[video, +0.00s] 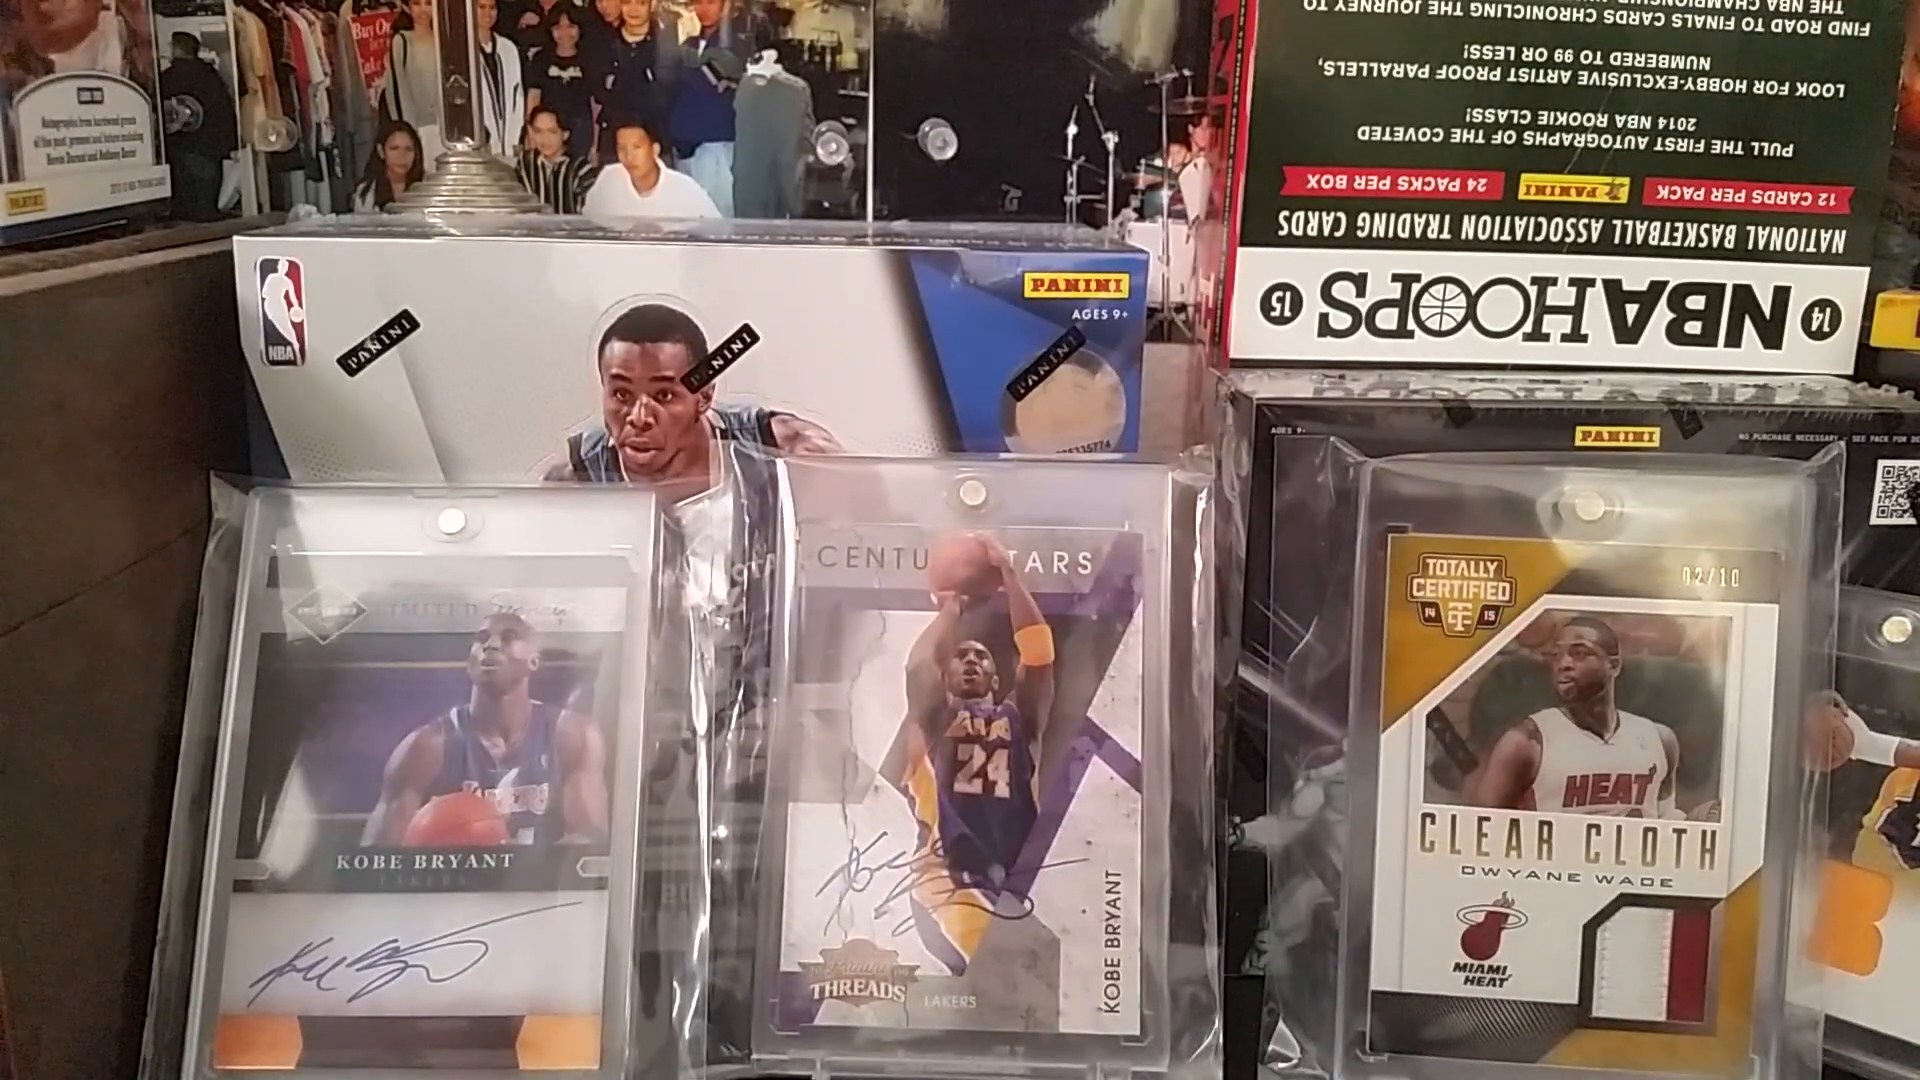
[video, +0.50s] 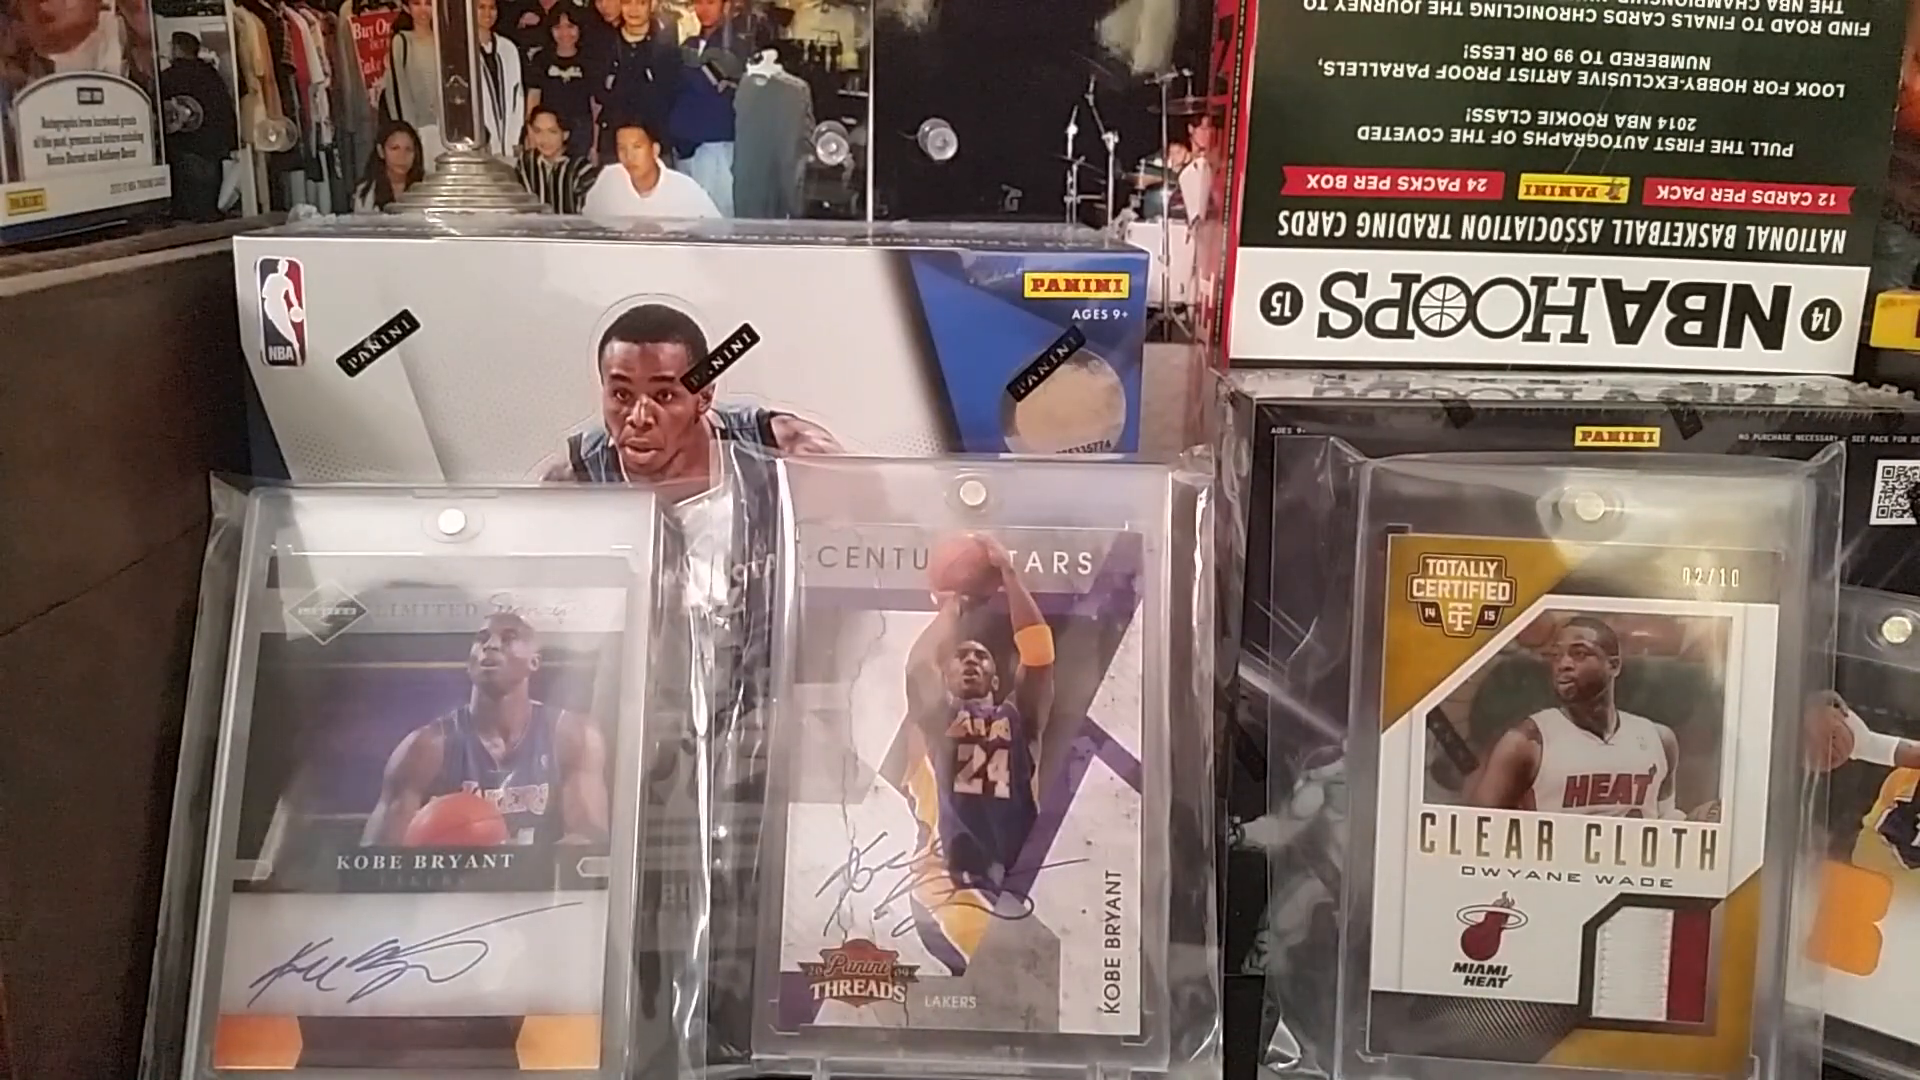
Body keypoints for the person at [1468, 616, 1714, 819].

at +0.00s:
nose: (1562, 664)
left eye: (1579, 653)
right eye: (1557, 655)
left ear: (1614, 667)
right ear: (1551, 663)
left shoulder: (1661, 743)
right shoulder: (1524, 744)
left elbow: (1664, 828)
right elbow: (1473, 838)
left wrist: (1694, 823)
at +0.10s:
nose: (1563, 665)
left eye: (1579, 654)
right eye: (1557, 655)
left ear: (1614, 666)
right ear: (1551, 664)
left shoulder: (1661, 743)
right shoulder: (1524, 744)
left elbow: (1663, 824)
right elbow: (1473, 836)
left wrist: (1693, 823)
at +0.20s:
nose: (1563, 664)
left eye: (1579, 654)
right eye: (1557, 655)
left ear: (1614, 667)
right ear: (1551, 663)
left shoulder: (1661, 743)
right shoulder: (1524, 744)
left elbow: (1664, 825)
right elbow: (1472, 836)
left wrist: (1693, 823)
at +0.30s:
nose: (1563, 664)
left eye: (1579, 654)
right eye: (1557, 655)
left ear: (1614, 667)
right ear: (1551, 663)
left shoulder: (1661, 743)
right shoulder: (1524, 743)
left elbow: (1664, 825)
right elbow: (1472, 836)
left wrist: (1693, 823)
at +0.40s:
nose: (1563, 664)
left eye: (1579, 654)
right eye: (1558, 655)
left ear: (1614, 666)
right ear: (1551, 663)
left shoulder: (1661, 742)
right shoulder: (1524, 744)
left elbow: (1664, 827)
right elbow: (1473, 838)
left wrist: (1693, 824)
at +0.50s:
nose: (1563, 664)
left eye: (1579, 654)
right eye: (1557, 655)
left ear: (1614, 666)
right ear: (1551, 663)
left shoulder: (1661, 742)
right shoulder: (1524, 744)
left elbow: (1663, 827)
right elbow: (1473, 837)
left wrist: (1692, 824)